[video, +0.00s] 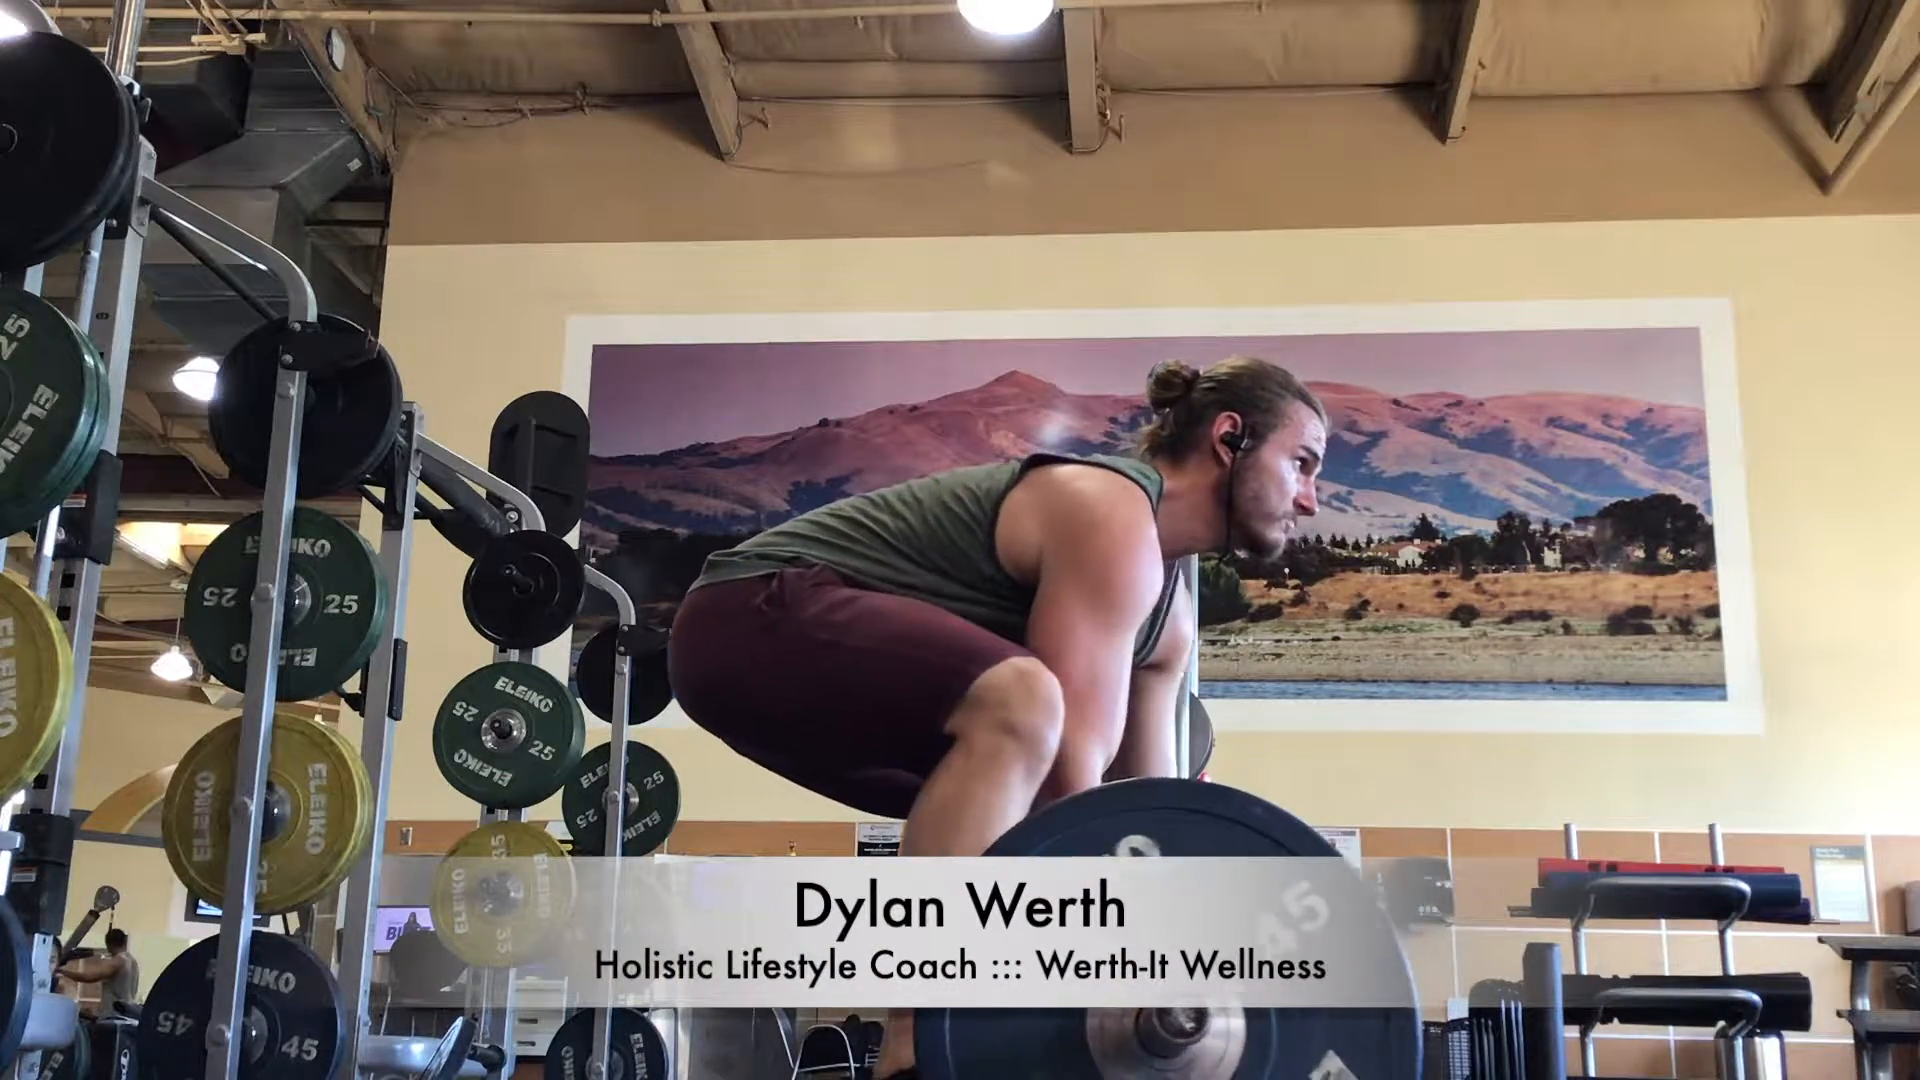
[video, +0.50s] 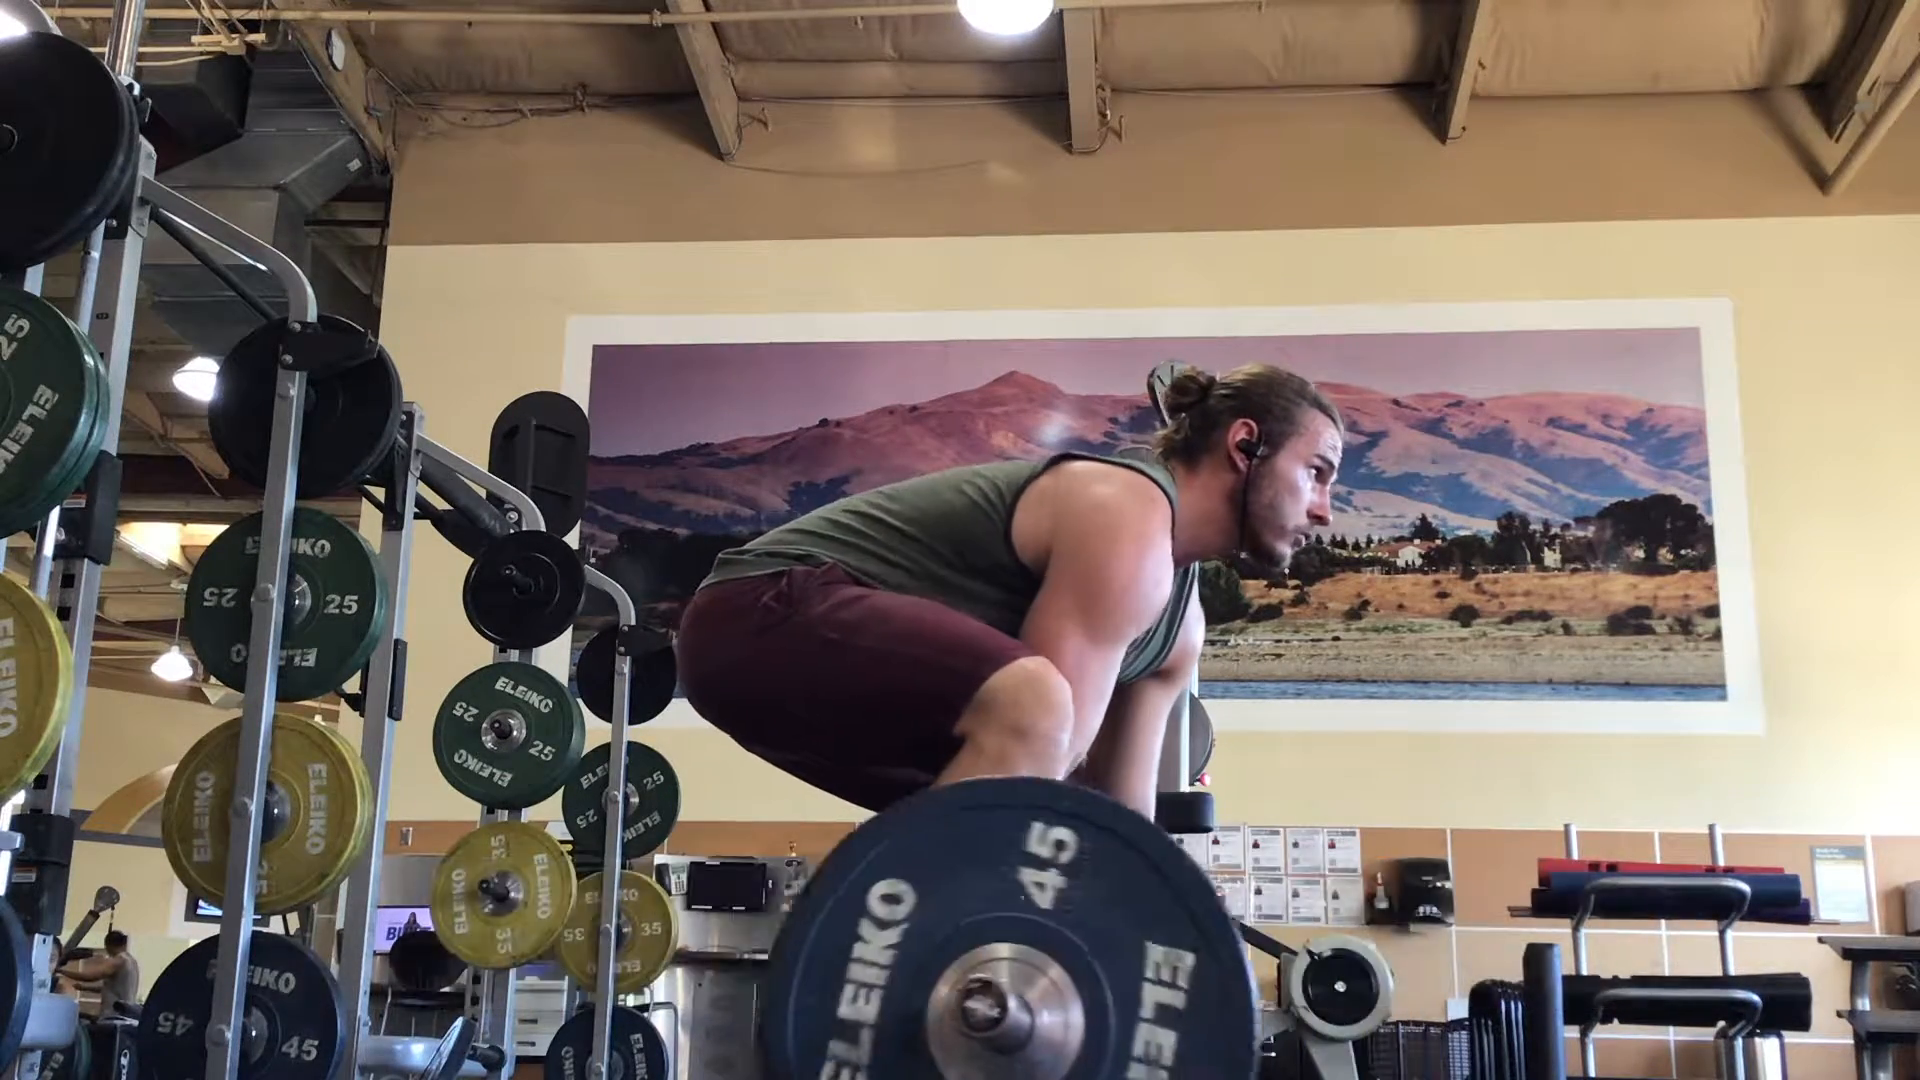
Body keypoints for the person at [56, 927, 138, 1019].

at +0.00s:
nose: (107, 947)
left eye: (108, 943)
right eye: (107, 943)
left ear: (109, 944)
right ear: (124, 942)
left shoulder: (118, 961)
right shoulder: (132, 962)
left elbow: (89, 978)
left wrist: (62, 971)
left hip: (111, 1016)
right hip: (126, 1016)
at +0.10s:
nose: (108, 946)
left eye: (108, 943)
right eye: (108, 943)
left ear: (109, 944)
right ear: (124, 943)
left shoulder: (119, 961)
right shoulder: (132, 962)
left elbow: (89, 978)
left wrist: (62, 971)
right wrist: (104, 987)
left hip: (111, 1016)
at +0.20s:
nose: (108, 947)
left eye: (108, 943)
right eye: (108, 943)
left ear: (109, 944)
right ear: (124, 943)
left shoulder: (119, 961)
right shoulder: (132, 962)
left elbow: (87, 977)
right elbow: (119, 984)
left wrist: (61, 971)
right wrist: (98, 989)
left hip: (110, 1017)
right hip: (126, 1016)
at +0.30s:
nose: (108, 947)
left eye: (108, 944)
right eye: (107, 944)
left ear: (109, 944)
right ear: (124, 943)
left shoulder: (119, 961)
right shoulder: (132, 962)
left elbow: (88, 977)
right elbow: (117, 985)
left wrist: (61, 971)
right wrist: (93, 990)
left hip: (111, 1018)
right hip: (126, 1018)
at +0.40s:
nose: (107, 948)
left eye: (107, 945)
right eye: (107, 945)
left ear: (110, 945)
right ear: (124, 943)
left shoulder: (120, 960)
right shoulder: (131, 962)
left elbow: (88, 977)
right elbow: (112, 987)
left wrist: (61, 971)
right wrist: (86, 988)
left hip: (111, 1018)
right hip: (125, 1018)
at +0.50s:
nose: (106, 949)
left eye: (107, 945)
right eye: (106, 945)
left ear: (109, 945)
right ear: (123, 944)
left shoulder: (119, 961)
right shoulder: (131, 961)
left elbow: (89, 977)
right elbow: (111, 988)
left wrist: (61, 971)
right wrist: (83, 987)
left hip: (111, 1018)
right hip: (125, 1018)